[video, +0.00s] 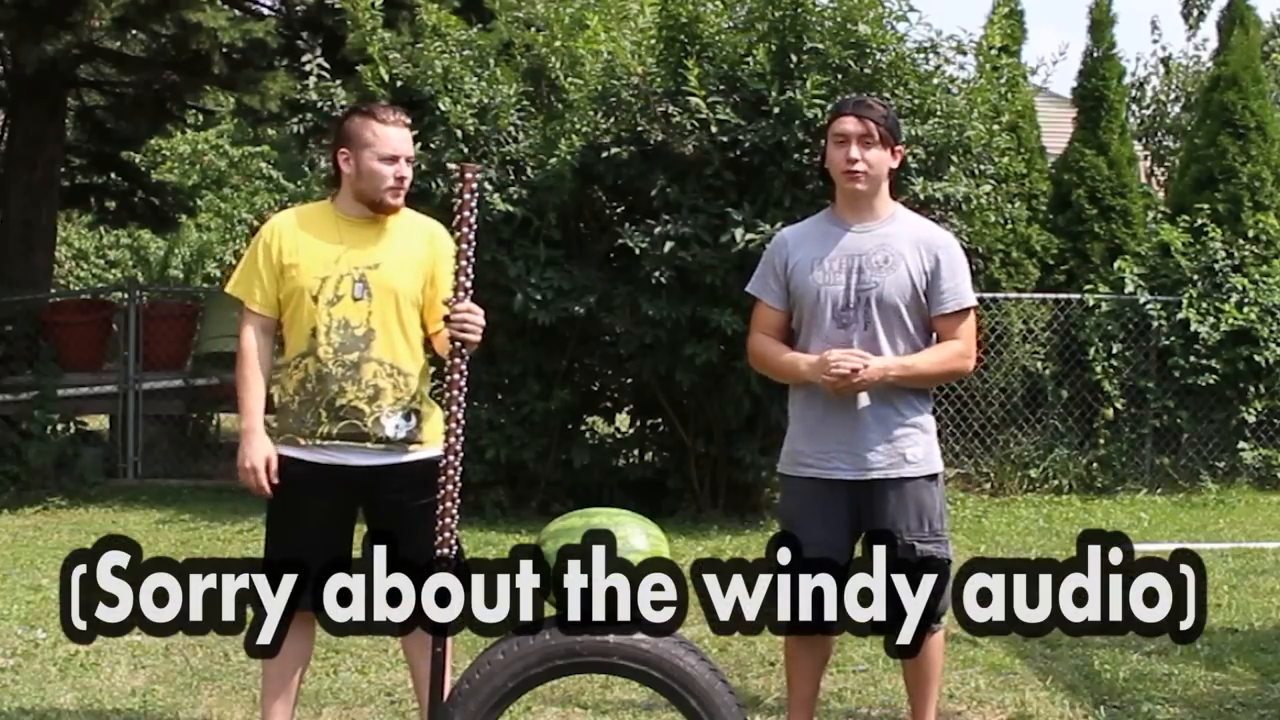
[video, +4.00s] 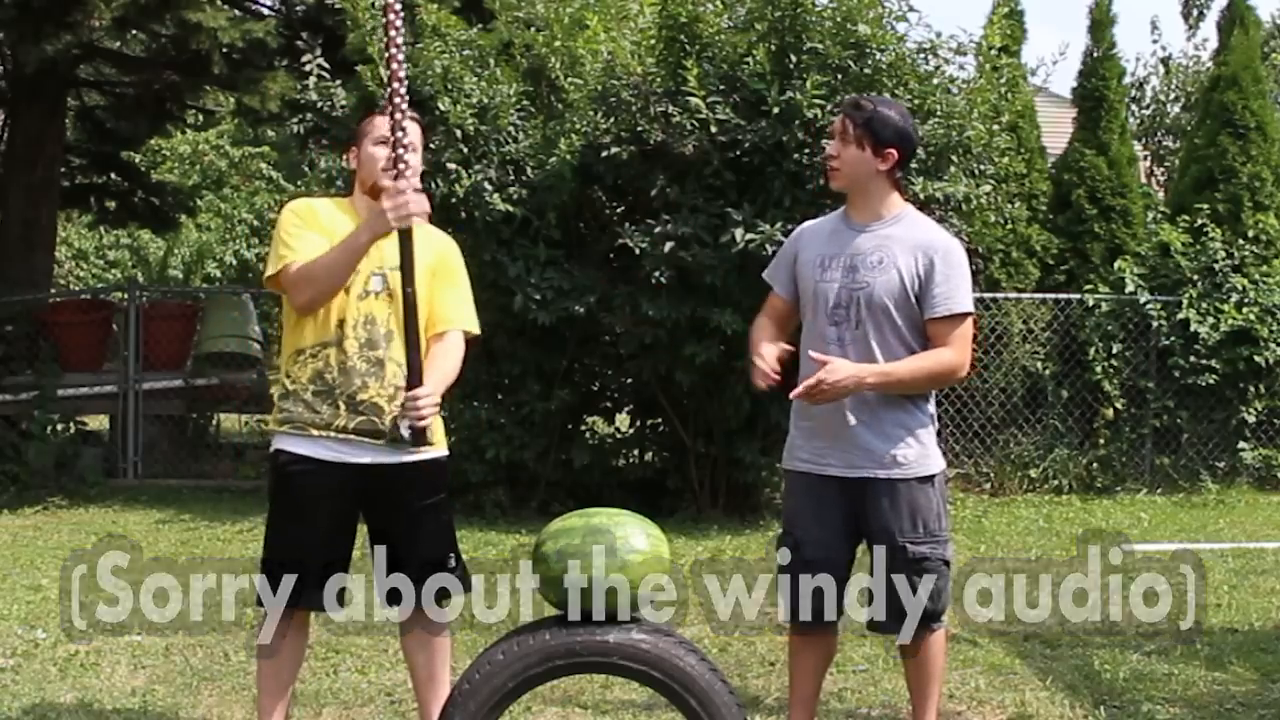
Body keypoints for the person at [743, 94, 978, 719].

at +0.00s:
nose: (853, 153)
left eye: (867, 143)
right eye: (841, 142)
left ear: (892, 156)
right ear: (825, 156)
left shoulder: (933, 244)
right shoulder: (790, 244)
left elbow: (962, 352)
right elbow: (760, 345)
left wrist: (884, 369)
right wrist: (808, 366)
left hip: (905, 465)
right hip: (813, 464)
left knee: (922, 610)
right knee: (805, 609)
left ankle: (923, 717)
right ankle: (799, 717)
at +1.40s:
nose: (821, 164)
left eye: (835, 153)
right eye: (820, 152)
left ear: (880, 159)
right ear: (820, 156)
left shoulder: (938, 245)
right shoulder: (798, 244)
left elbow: (970, 351)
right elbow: (767, 356)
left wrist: (893, 378)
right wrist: (773, 326)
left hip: (906, 467)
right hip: (816, 464)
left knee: (923, 611)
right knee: (810, 610)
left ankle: (924, 717)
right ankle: (800, 716)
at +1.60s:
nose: (819, 165)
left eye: (832, 153)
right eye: (818, 152)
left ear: (879, 158)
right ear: (829, 157)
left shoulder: (938, 244)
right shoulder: (801, 242)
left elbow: (970, 350)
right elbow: (746, 327)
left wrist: (889, 375)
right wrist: (705, 265)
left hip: (908, 467)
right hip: (817, 464)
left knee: (923, 611)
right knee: (811, 610)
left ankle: (925, 716)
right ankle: (800, 717)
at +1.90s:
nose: (818, 163)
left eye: (831, 152)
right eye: (817, 150)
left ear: (876, 159)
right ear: (826, 156)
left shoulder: (935, 245)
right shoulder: (802, 243)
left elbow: (967, 351)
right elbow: (765, 332)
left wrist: (888, 376)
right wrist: (694, 338)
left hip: (906, 467)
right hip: (816, 464)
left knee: (922, 611)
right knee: (812, 609)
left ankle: (924, 717)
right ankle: (800, 716)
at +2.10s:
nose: (810, 165)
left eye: (823, 153)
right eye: (809, 152)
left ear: (867, 157)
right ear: (834, 158)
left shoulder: (929, 245)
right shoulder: (798, 245)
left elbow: (961, 350)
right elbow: (780, 334)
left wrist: (874, 381)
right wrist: (784, 366)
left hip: (901, 467)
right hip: (813, 466)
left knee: (920, 611)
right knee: (809, 610)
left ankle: (924, 716)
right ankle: (799, 716)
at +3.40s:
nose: (821, 161)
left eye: (834, 151)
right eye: (821, 149)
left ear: (879, 158)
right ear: (829, 156)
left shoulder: (935, 245)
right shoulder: (805, 244)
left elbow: (964, 353)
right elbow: (762, 328)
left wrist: (875, 377)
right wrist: (697, 322)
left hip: (906, 468)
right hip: (817, 466)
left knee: (923, 612)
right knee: (812, 609)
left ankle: (925, 717)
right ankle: (800, 716)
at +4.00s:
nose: (828, 150)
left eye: (842, 141)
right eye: (831, 139)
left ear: (884, 158)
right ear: (861, 156)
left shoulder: (935, 247)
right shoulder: (807, 239)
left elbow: (955, 357)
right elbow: (774, 319)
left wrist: (861, 375)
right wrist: (766, 348)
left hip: (902, 467)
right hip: (813, 462)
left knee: (921, 613)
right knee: (808, 610)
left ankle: (924, 716)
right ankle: (799, 716)